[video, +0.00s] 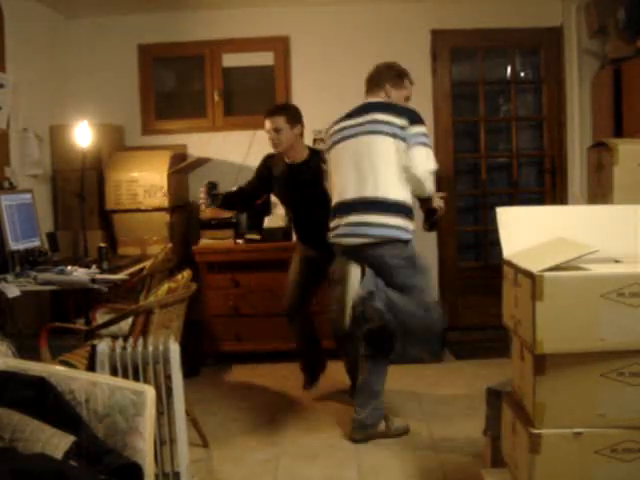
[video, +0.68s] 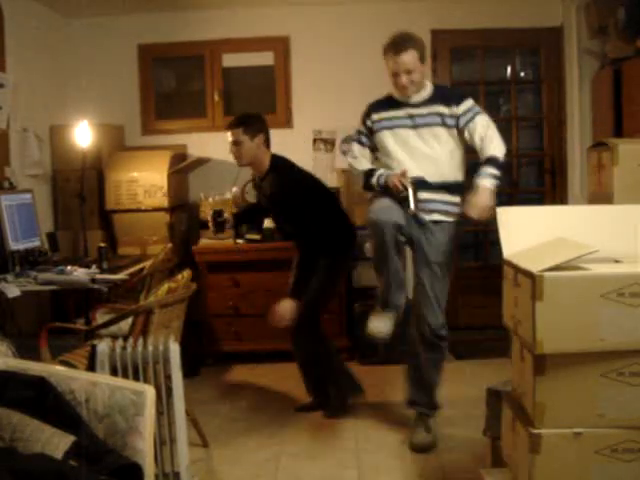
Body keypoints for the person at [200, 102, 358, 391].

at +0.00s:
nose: (272, 137)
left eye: (278, 131)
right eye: (269, 131)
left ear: (298, 130)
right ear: (267, 132)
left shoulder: (325, 163)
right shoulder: (272, 166)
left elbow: (347, 195)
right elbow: (249, 196)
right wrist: (218, 200)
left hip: (340, 245)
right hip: (308, 245)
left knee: (341, 314)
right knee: (294, 305)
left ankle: (358, 377)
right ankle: (313, 363)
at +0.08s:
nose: (262, 133)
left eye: (268, 126)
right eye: (259, 127)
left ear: (289, 125)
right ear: (260, 129)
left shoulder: (323, 163)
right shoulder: (268, 161)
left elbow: (325, 219)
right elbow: (251, 196)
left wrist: (307, 259)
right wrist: (226, 197)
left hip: (338, 235)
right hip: (308, 234)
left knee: (338, 310)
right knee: (286, 279)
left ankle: (360, 378)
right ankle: (309, 348)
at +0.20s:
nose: (256, 138)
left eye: (262, 132)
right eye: (253, 132)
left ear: (284, 131)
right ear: (254, 133)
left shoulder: (307, 171)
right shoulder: (267, 164)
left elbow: (297, 233)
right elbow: (260, 205)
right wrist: (230, 204)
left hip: (342, 238)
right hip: (309, 237)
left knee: (332, 308)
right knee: (297, 305)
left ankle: (367, 361)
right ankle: (304, 377)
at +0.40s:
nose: (244, 147)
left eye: (249, 140)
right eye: (242, 140)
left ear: (271, 137)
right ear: (261, 139)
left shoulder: (296, 174)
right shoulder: (265, 169)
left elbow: (274, 238)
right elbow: (263, 206)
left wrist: (225, 271)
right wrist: (238, 207)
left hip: (336, 237)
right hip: (308, 238)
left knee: (311, 308)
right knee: (301, 309)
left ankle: (365, 342)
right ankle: (311, 386)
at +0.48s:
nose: (242, 147)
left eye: (247, 139)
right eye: (239, 139)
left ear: (269, 136)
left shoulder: (292, 173)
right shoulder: (264, 168)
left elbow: (276, 239)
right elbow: (264, 201)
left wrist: (233, 273)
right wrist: (232, 208)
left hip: (335, 232)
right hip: (310, 232)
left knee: (307, 300)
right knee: (304, 300)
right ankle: (313, 383)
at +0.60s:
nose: (236, 149)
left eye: (241, 141)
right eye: (234, 142)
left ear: (262, 137)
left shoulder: (290, 174)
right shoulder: (261, 172)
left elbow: (296, 246)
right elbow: (257, 217)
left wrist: (265, 286)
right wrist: (240, 207)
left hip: (341, 224)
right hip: (314, 226)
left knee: (303, 286)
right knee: (297, 286)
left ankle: (322, 373)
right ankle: (320, 373)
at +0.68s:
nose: (233, 151)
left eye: (238, 144)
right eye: (231, 145)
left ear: (260, 141)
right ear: (252, 144)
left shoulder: (287, 180)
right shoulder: (263, 180)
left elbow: (312, 246)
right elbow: (268, 211)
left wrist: (296, 298)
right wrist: (239, 216)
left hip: (335, 251)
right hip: (313, 250)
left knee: (306, 322)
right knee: (302, 320)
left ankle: (338, 395)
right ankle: (324, 392)